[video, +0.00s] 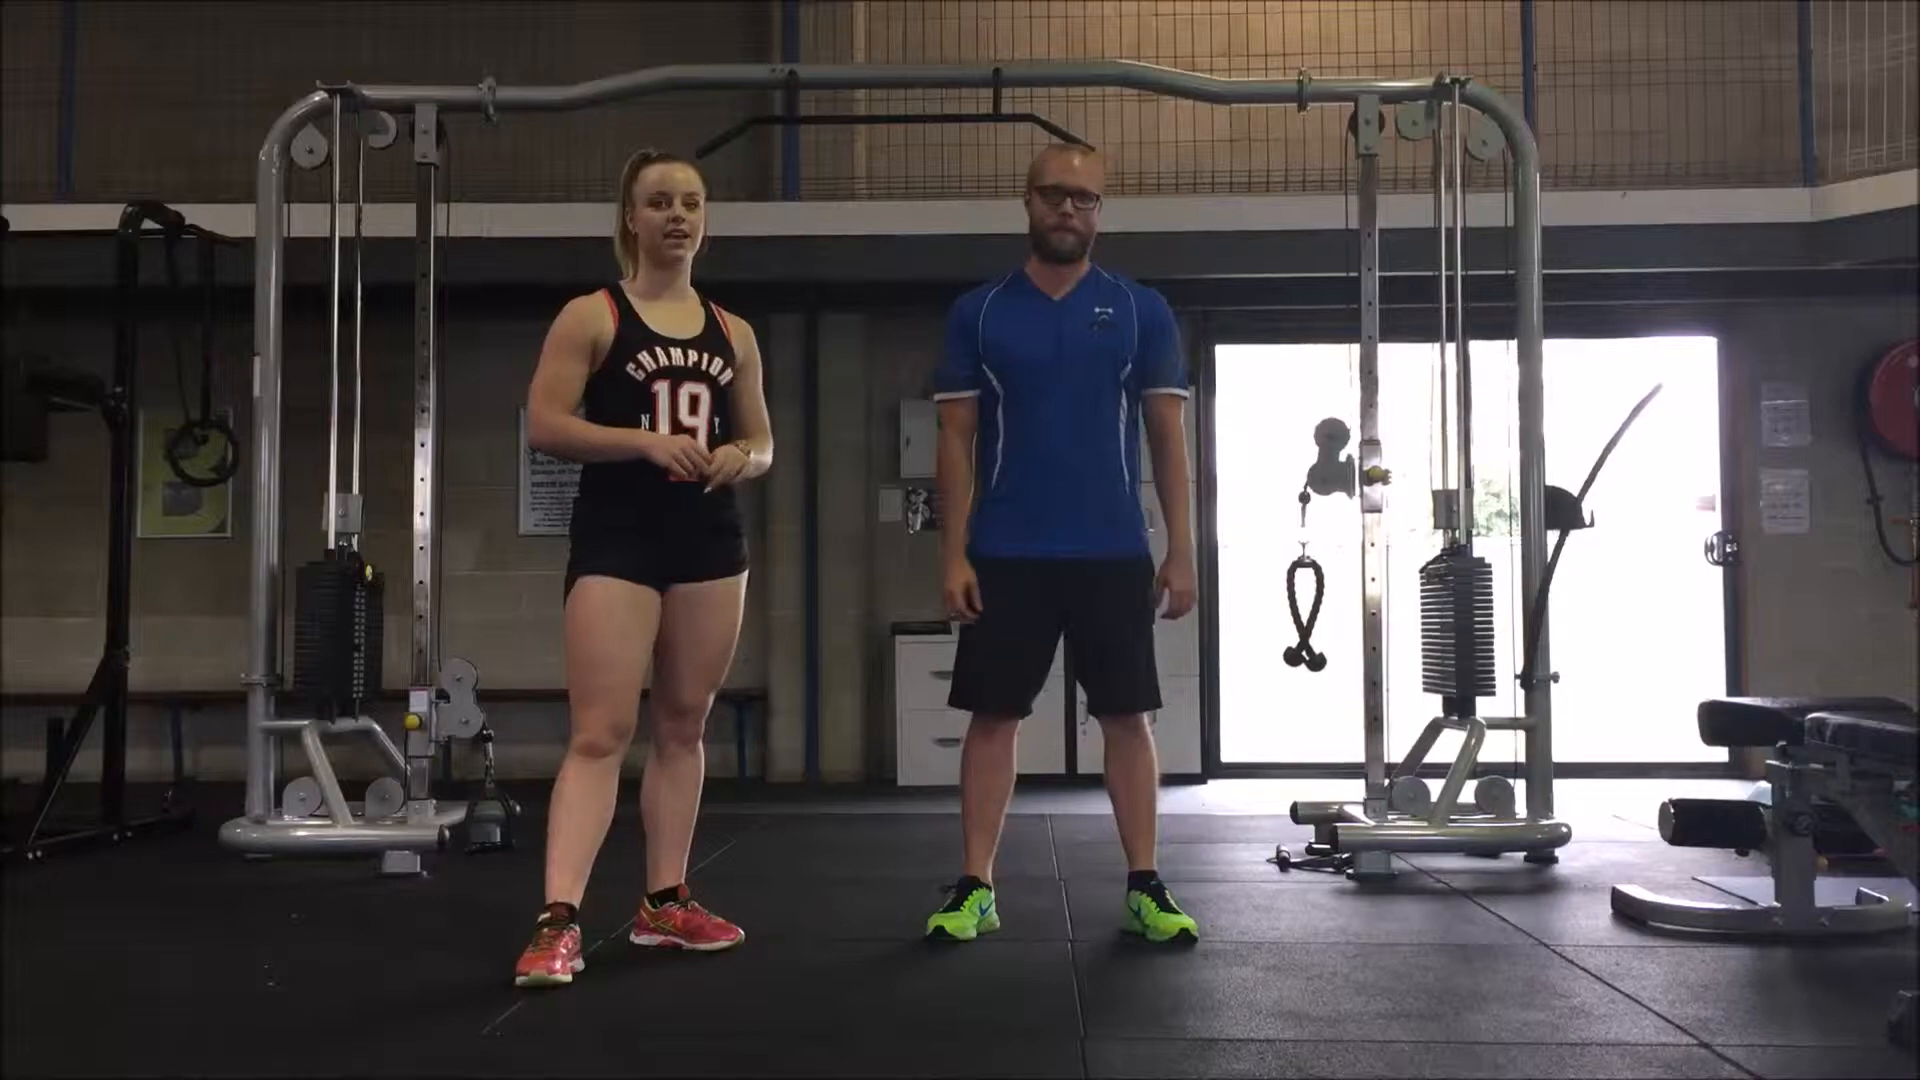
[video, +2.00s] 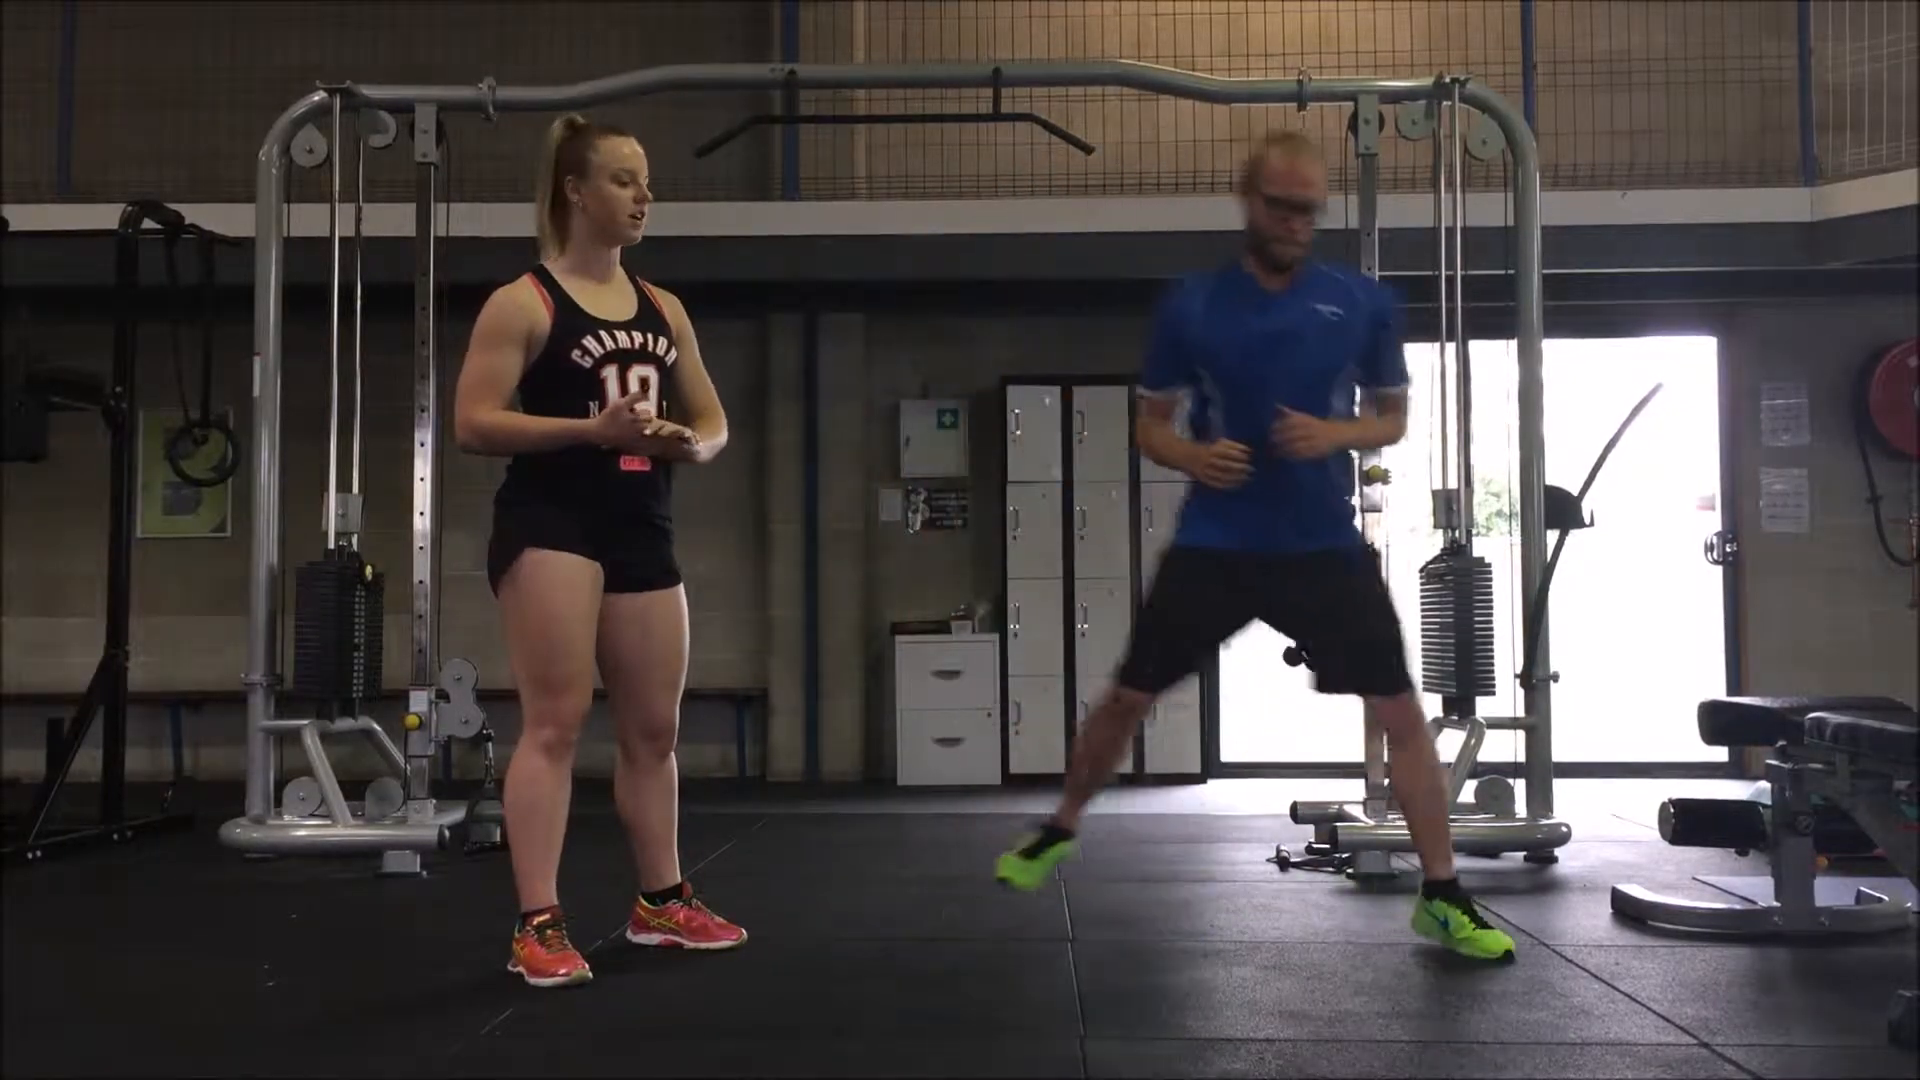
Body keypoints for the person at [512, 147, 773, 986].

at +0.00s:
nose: (677, 214)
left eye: (689, 203)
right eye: (660, 202)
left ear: (706, 220)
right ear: (628, 219)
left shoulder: (733, 333)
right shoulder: (590, 316)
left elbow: (758, 442)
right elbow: (544, 423)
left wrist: (742, 456)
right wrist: (644, 439)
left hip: (710, 550)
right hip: (616, 546)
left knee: (684, 727)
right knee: (599, 736)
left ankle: (666, 902)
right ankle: (560, 919)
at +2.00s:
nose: (643, 197)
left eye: (646, 183)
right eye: (625, 182)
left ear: (638, 198)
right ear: (574, 191)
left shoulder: (662, 308)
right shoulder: (520, 304)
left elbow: (710, 417)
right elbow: (473, 422)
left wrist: (693, 445)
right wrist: (590, 428)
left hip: (643, 533)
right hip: (552, 528)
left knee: (652, 733)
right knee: (552, 725)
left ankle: (662, 901)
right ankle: (538, 925)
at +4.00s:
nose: (575, 180)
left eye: (589, 169)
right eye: (557, 165)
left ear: (603, 189)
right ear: (522, 181)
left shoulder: (635, 303)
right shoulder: (471, 300)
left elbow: (668, 426)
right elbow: (419, 420)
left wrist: (605, 475)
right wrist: (504, 485)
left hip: (613, 527)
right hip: (511, 530)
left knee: (674, 721)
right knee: (537, 723)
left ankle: (652, 884)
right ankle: (539, 926)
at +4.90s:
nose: (644, 182)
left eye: (647, 169)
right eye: (627, 166)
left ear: (633, 183)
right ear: (574, 173)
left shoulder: (660, 293)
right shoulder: (514, 285)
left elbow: (717, 404)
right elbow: (453, 404)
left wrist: (727, 423)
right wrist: (545, 471)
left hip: (641, 530)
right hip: (546, 527)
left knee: (664, 723)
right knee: (546, 725)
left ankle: (674, 904)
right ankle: (540, 926)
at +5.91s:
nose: (642, 186)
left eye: (655, 174)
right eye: (624, 171)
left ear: (669, 193)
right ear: (590, 186)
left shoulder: (681, 302)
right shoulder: (552, 291)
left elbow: (676, 431)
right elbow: (503, 414)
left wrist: (731, 512)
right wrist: (594, 487)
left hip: (673, 533)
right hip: (579, 530)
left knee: (684, 723)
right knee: (553, 723)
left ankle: (673, 905)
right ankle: (539, 921)